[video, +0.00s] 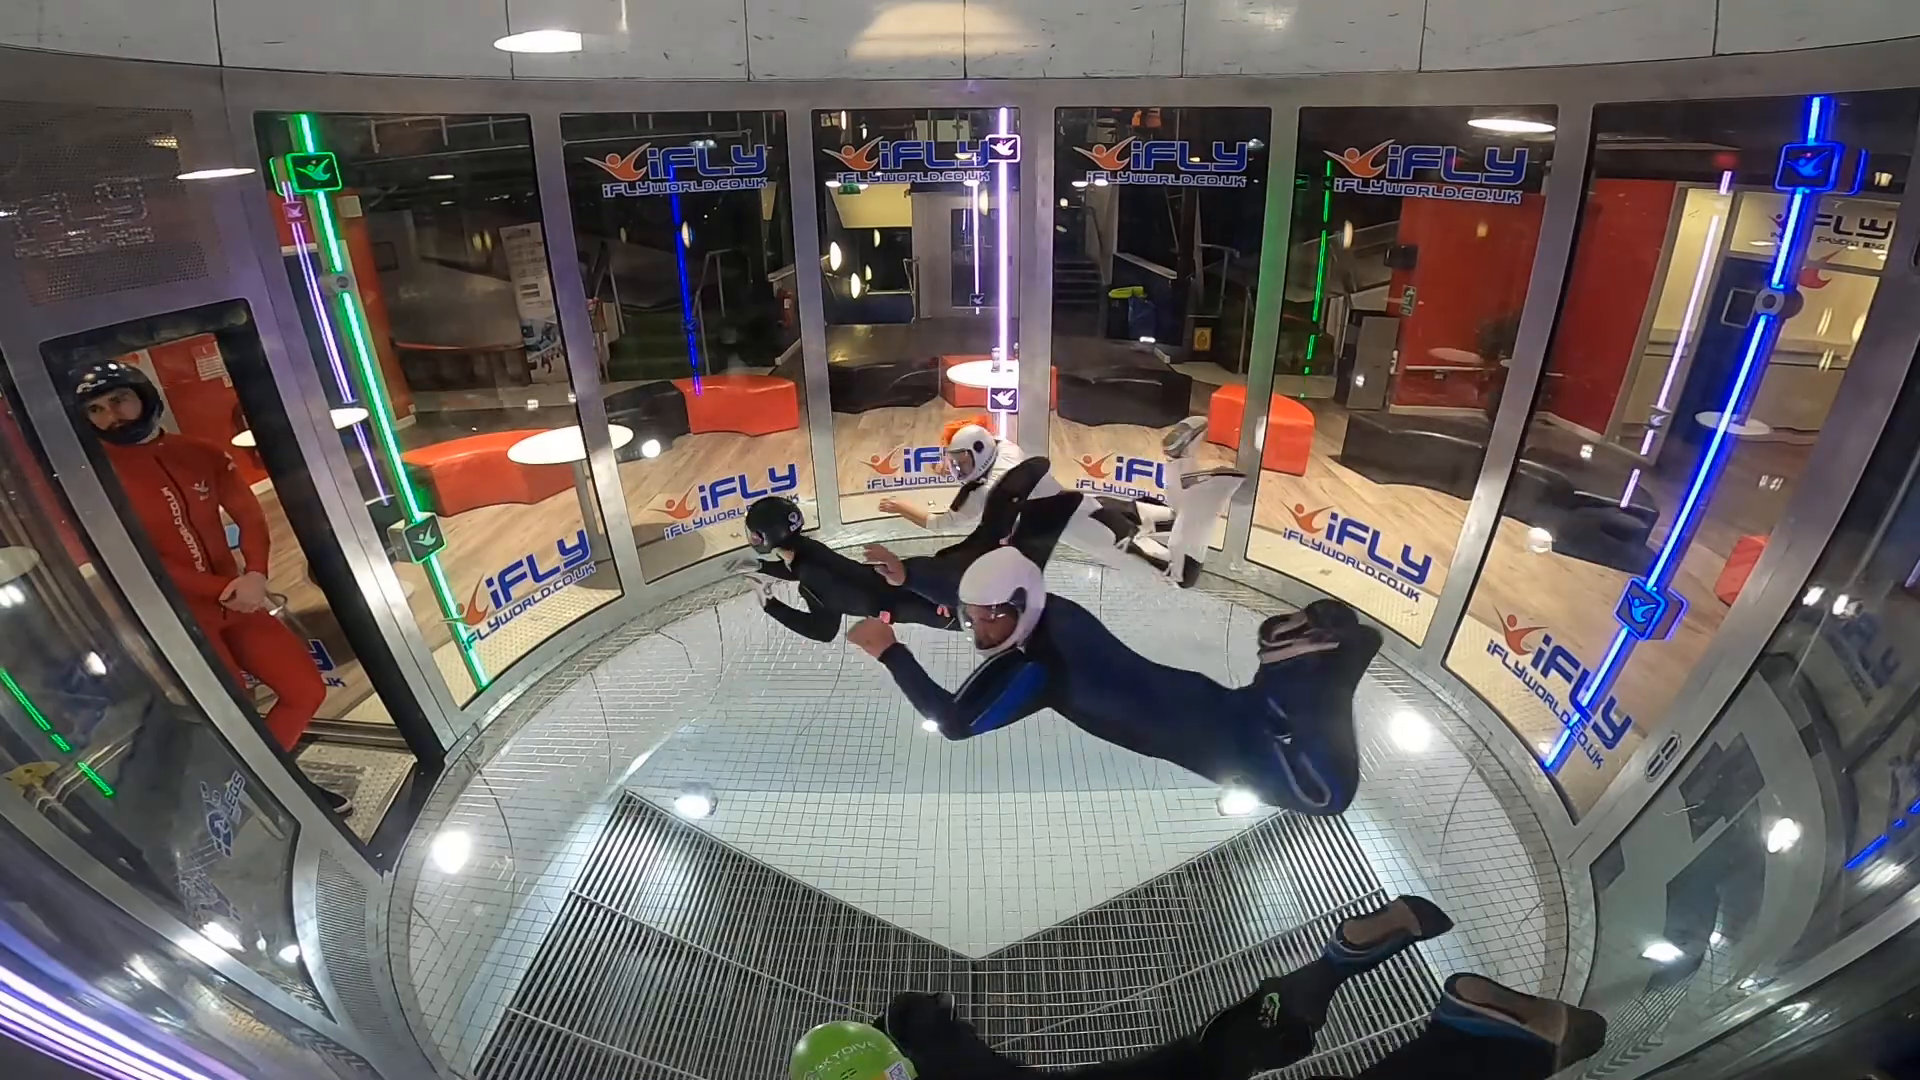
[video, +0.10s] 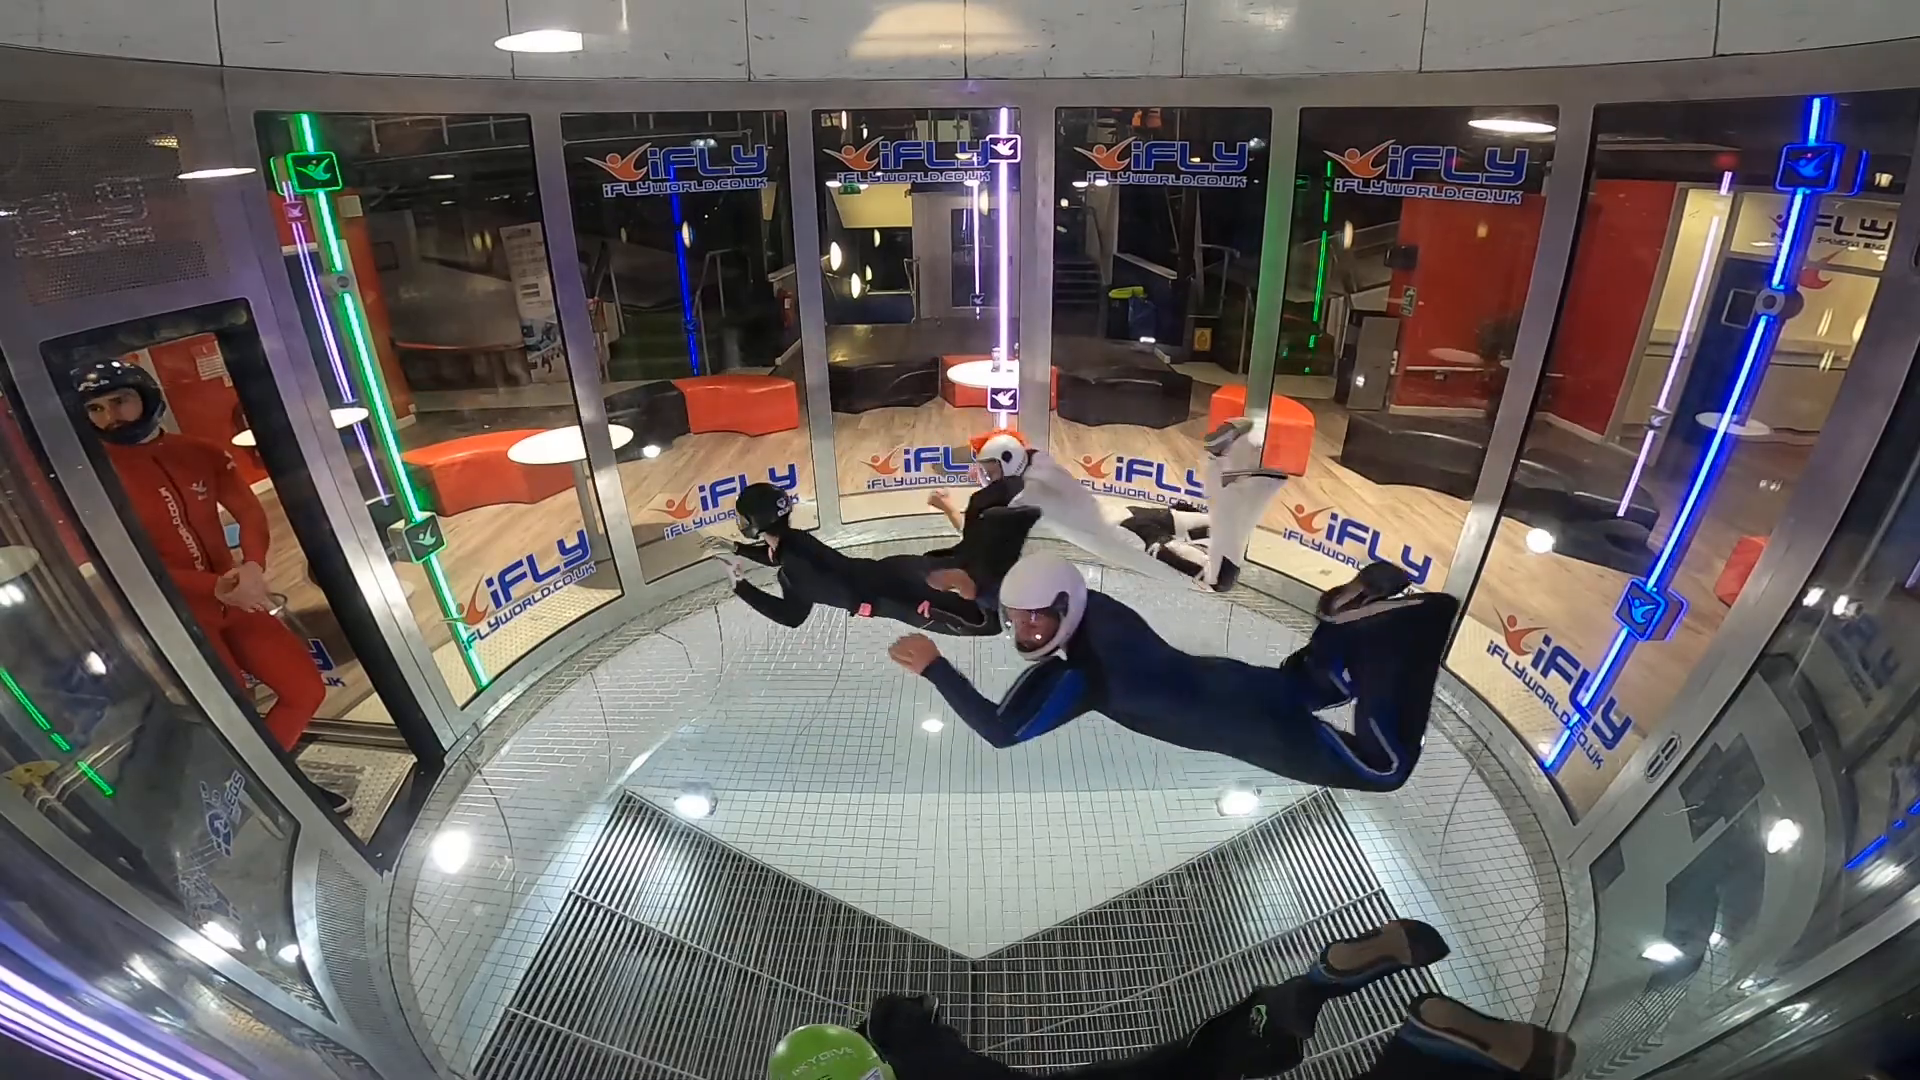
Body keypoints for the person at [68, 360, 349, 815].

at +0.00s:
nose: (115, 416)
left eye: (120, 400)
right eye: (98, 410)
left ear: (142, 398)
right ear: (86, 422)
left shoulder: (198, 454)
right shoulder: (97, 477)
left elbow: (250, 515)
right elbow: (135, 568)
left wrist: (254, 575)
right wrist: (225, 589)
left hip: (236, 603)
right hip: (185, 621)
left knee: (306, 690)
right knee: (238, 714)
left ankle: (245, 782)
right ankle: (292, 792)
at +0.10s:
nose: (113, 417)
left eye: (120, 401)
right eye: (97, 409)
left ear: (144, 399)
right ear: (85, 419)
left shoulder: (197, 455)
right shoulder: (96, 477)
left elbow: (251, 512)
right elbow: (129, 571)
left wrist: (253, 564)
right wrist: (214, 586)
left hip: (237, 603)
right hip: (184, 620)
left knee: (306, 690)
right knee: (237, 711)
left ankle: (244, 782)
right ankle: (291, 792)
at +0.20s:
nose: (112, 420)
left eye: (122, 404)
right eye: (98, 410)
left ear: (146, 402)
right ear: (85, 415)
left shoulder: (192, 455)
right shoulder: (93, 476)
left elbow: (252, 511)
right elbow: (111, 566)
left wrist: (250, 543)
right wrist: (192, 573)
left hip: (234, 603)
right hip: (181, 621)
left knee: (306, 689)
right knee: (238, 712)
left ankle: (242, 783)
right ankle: (292, 791)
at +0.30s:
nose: (116, 423)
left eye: (127, 407)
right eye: (101, 411)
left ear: (151, 405)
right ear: (86, 417)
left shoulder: (194, 454)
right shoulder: (90, 476)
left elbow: (254, 509)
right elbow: (93, 558)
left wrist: (238, 517)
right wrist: (161, 548)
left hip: (233, 606)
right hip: (182, 628)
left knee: (305, 689)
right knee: (237, 711)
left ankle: (247, 780)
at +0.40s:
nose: (119, 424)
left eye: (131, 409)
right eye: (105, 412)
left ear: (155, 408)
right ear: (91, 416)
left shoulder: (190, 454)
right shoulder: (91, 475)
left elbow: (246, 503)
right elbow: (99, 558)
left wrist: (201, 500)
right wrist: (167, 531)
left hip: (231, 607)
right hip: (181, 628)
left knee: (305, 688)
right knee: (239, 715)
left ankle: (244, 782)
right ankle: (290, 790)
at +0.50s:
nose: (118, 423)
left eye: (131, 409)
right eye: (104, 411)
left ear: (157, 410)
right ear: (90, 415)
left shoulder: (188, 452)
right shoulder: (92, 473)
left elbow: (242, 497)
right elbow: (96, 557)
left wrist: (191, 484)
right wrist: (150, 517)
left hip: (231, 606)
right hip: (182, 628)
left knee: (304, 688)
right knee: (240, 716)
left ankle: (243, 782)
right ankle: (293, 791)